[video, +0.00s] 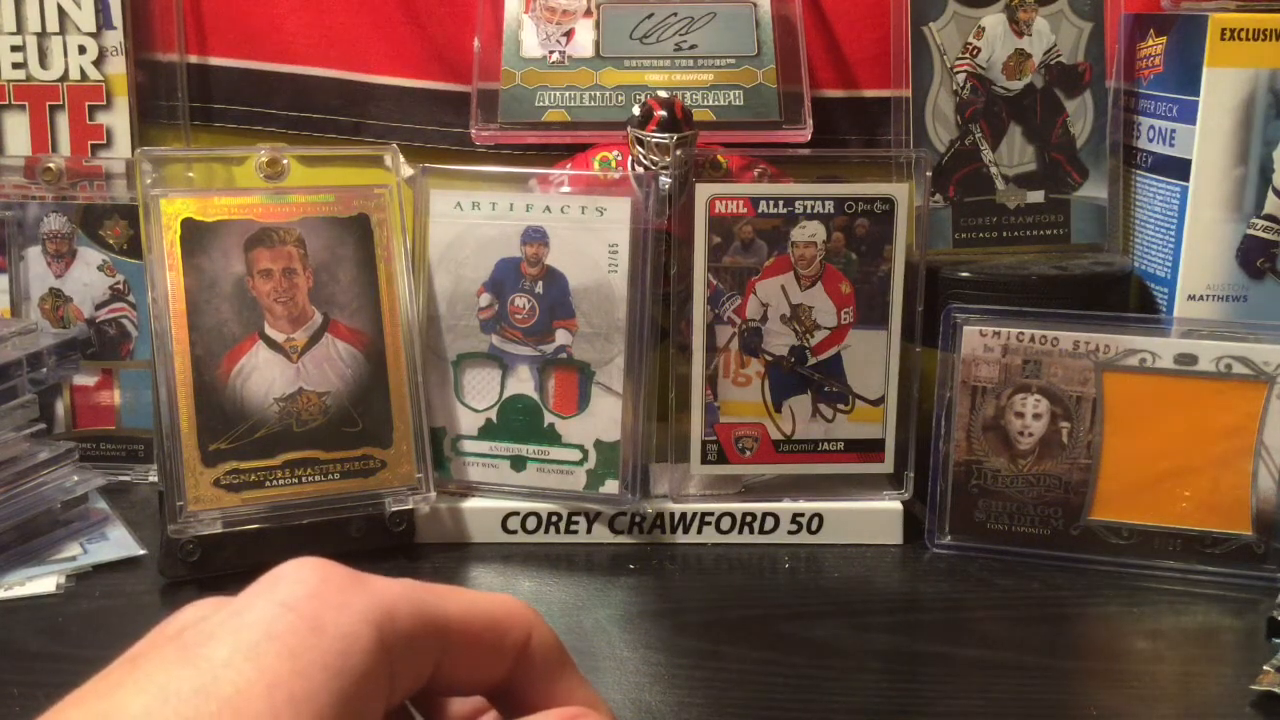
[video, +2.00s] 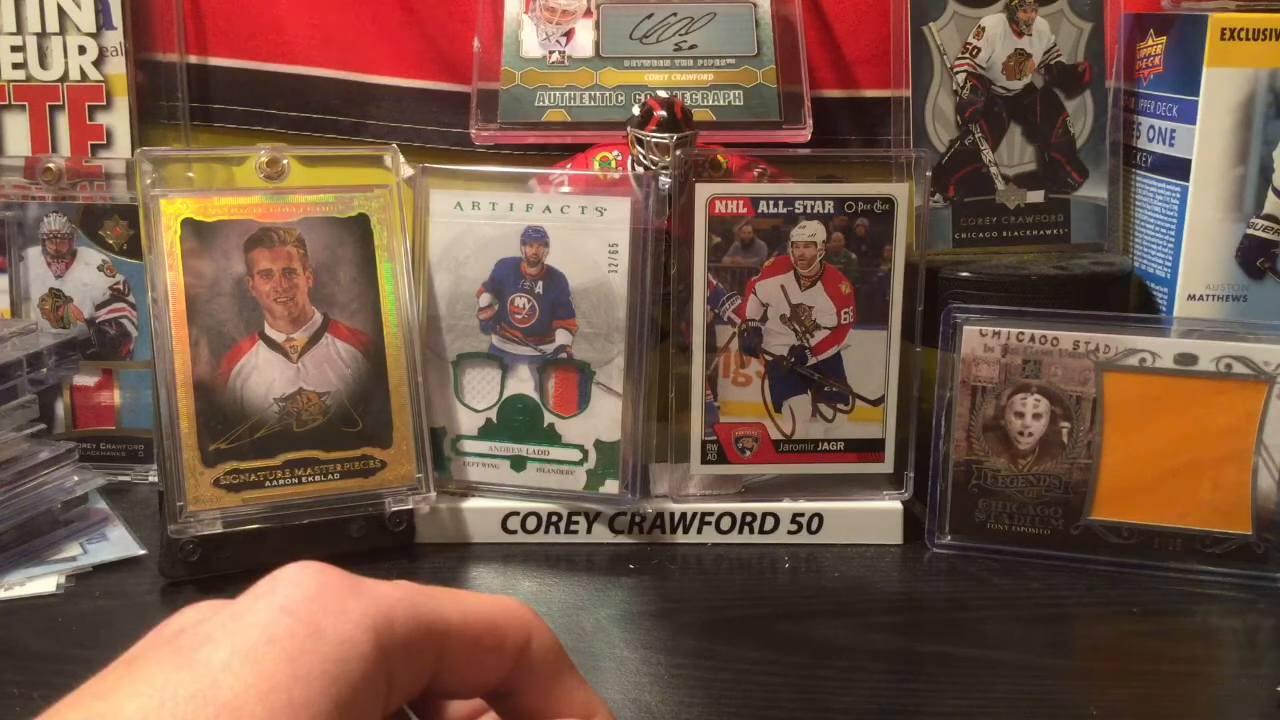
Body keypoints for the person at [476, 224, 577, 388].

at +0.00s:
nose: (534, 251)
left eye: (540, 246)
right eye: (530, 246)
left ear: (547, 250)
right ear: (522, 248)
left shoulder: (557, 280)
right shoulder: (504, 268)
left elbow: (565, 321)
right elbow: (487, 293)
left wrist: (562, 349)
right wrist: (487, 316)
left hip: (541, 354)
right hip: (503, 350)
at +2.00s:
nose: (534, 251)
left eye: (540, 247)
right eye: (530, 246)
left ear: (546, 251)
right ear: (522, 248)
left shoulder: (556, 279)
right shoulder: (504, 268)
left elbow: (565, 321)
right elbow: (487, 291)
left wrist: (562, 348)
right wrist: (486, 311)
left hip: (541, 353)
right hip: (502, 348)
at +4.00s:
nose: (535, 251)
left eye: (540, 246)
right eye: (530, 246)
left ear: (546, 250)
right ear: (522, 248)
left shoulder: (557, 280)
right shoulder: (504, 267)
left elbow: (565, 321)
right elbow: (487, 292)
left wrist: (562, 350)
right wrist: (487, 318)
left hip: (541, 353)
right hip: (502, 348)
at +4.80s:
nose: (534, 251)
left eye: (539, 247)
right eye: (530, 246)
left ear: (547, 250)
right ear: (522, 248)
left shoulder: (557, 280)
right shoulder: (504, 267)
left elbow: (565, 322)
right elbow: (487, 292)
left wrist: (561, 352)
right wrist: (487, 318)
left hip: (542, 351)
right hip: (503, 347)